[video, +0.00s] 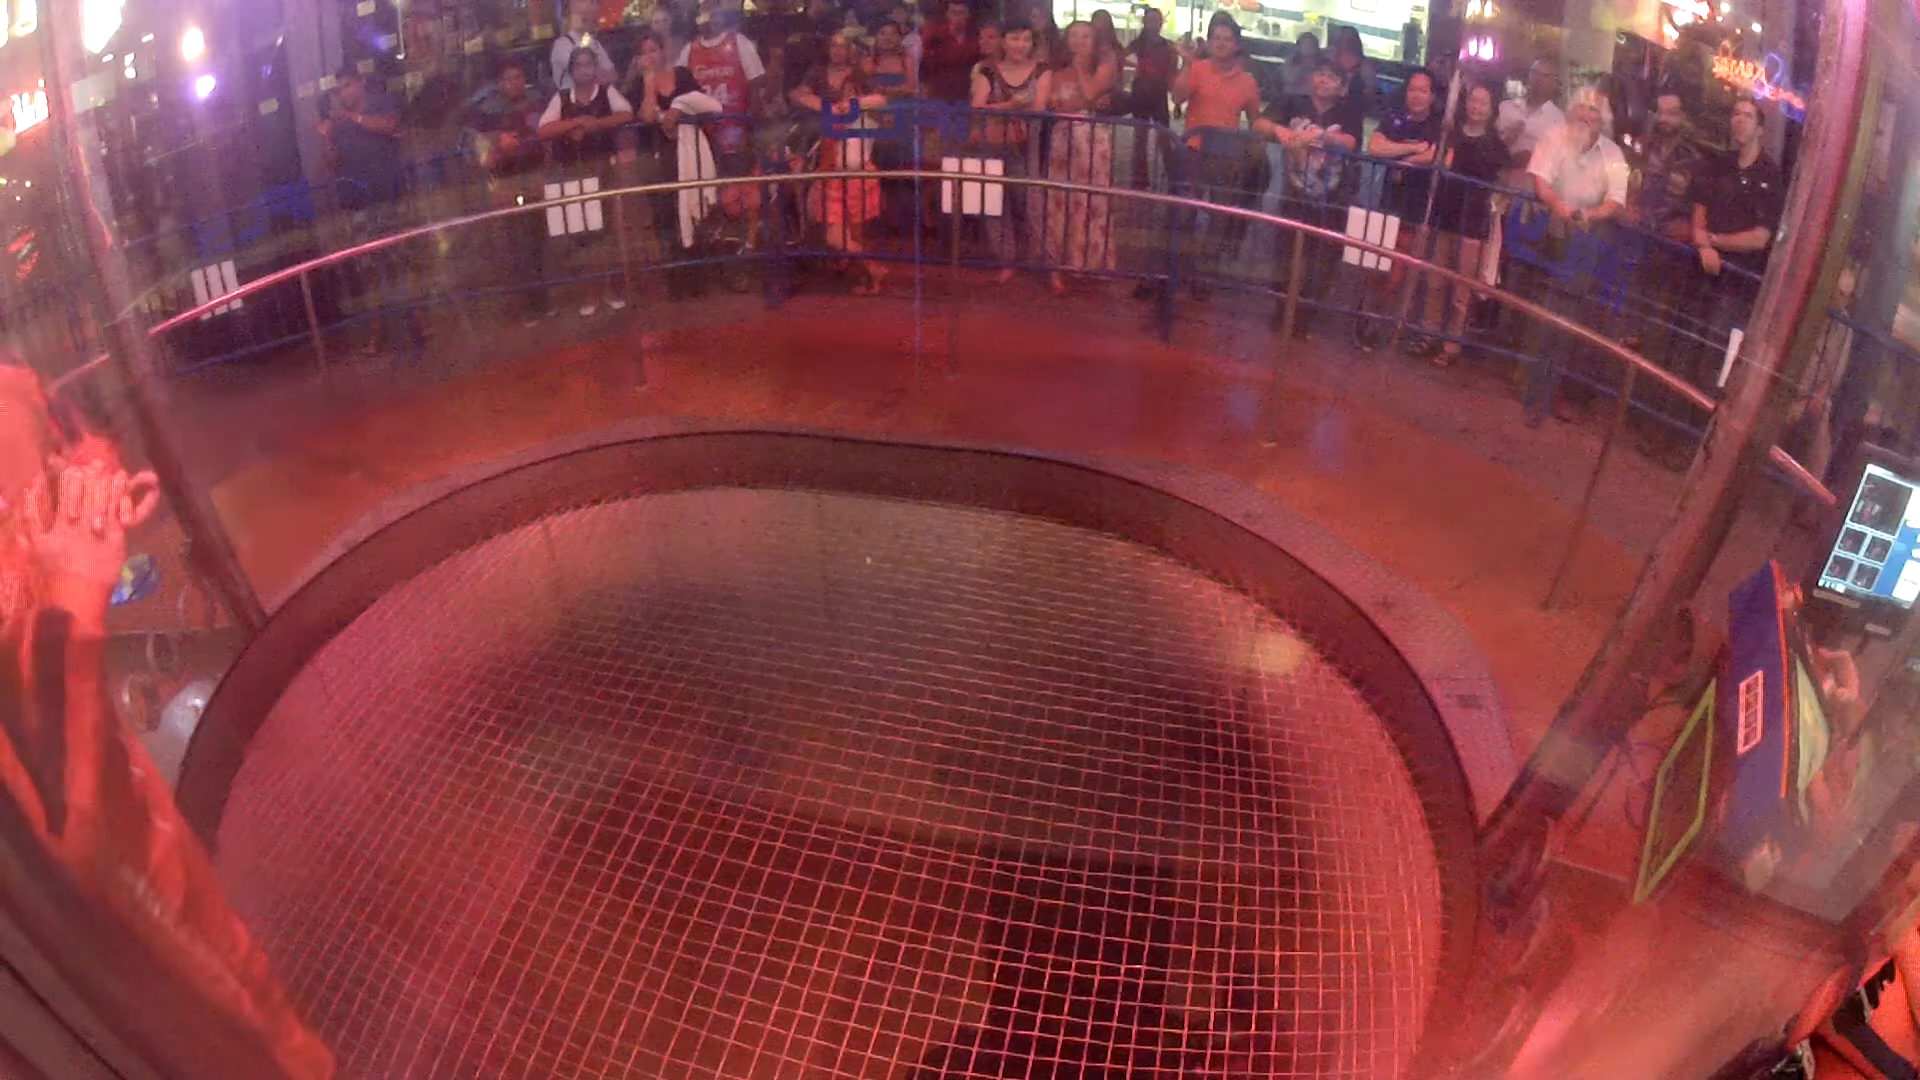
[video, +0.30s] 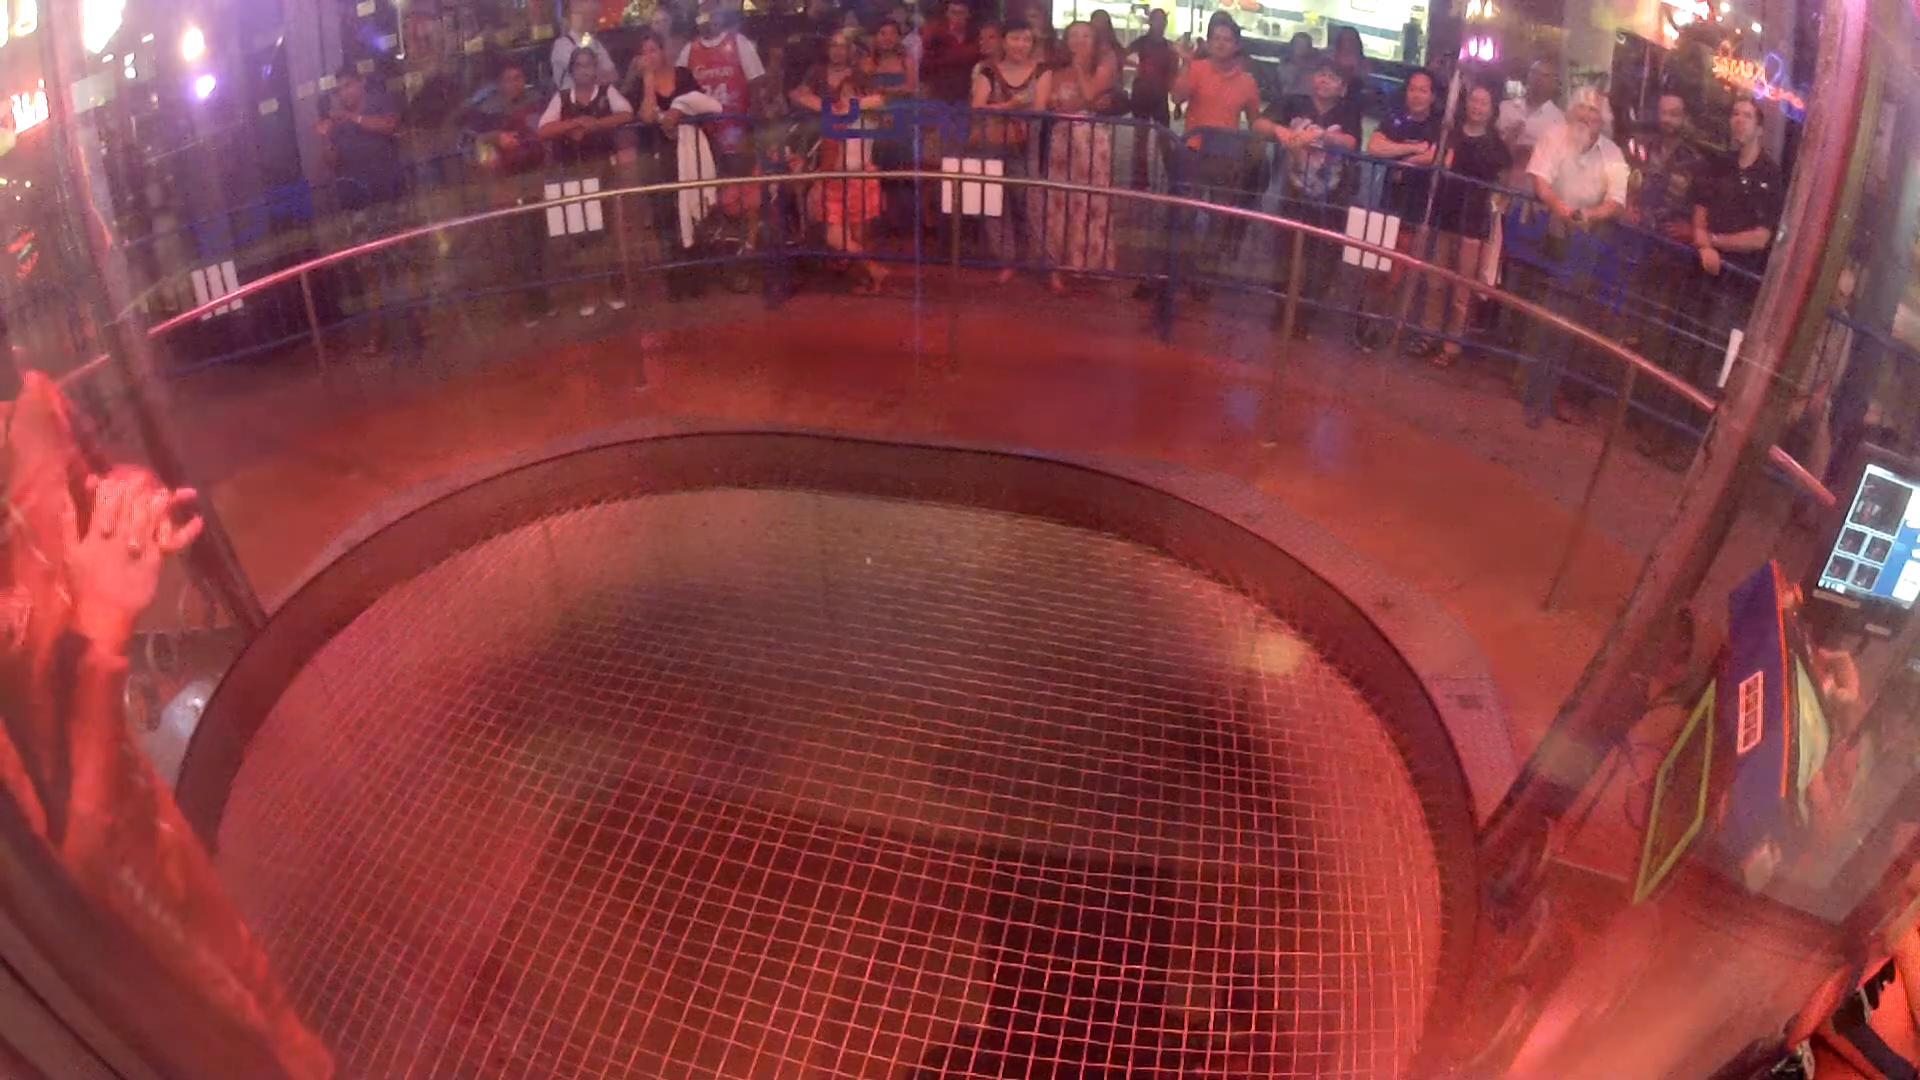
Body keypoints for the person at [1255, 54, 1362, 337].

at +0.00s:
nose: (1322, 81)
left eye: (1330, 78)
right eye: (1319, 75)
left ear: (1342, 89)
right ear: (1310, 79)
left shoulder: (1349, 112)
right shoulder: (1294, 104)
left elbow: (1351, 143)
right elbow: (1259, 124)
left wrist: (1320, 136)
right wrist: (1281, 132)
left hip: (1331, 201)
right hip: (1294, 195)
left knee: (1322, 262)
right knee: (1287, 253)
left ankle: (1306, 317)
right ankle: (1281, 310)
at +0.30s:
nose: (1324, 81)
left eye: (1331, 78)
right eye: (1320, 75)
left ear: (1342, 89)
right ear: (1312, 79)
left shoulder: (1348, 111)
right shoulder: (1294, 103)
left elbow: (1351, 143)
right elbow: (1259, 124)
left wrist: (1321, 136)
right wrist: (1282, 132)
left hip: (1331, 201)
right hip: (1295, 194)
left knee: (1322, 261)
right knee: (1287, 252)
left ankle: (1306, 317)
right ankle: (1281, 308)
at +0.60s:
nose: (1341, 87)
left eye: (1343, 82)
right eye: (1334, 80)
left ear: (1346, 85)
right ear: (1316, 81)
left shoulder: (1348, 111)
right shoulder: (1293, 104)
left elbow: (1352, 143)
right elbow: (1258, 123)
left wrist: (1321, 136)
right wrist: (1282, 133)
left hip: (1331, 202)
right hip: (1295, 196)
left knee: (1323, 262)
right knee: (1287, 255)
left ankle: (1306, 315)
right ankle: (1281, 310)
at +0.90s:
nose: (1343, 89)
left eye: (1345, 83)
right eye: (1337, 82)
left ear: (1344, 85)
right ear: (1317, 81)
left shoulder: (1346, 111)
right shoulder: (1293, 105)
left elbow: (1352, 143)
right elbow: (1258, 124)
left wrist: (1321, 135)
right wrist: (1280, 131)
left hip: (1331, 201)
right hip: (1295, 196)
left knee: (1322, 260)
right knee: (1287, 253)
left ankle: (1308, 314)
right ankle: (1280, 307)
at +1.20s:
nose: (1338, 90)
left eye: (1341, 84)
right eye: (1332, 83)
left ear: (1344, 88)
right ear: (1314, 80)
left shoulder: (1346, 112)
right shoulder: (1292, 106)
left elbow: (1352, 144)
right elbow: (1258, 123)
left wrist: (1326, 137)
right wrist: (1282, 133)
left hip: (1330, 200)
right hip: (1295, 194)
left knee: (1321, 258)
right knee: (1287, 251)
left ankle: (1307, 314)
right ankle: (1280, 307)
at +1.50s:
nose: (1333, 89)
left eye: (1337, 84)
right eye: (1328, 81)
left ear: (1343, 88)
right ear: (1313, 81)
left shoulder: (1347, 112)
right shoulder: (1293, 105)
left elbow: (1351, 144)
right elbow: (1258, 123)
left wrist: (1326, 136)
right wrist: (1283, 134)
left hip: (1331, 199)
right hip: (1295, 193)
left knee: (1322, 258)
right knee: (1287, 250)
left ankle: (1307, 313)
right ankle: (1280, 307)